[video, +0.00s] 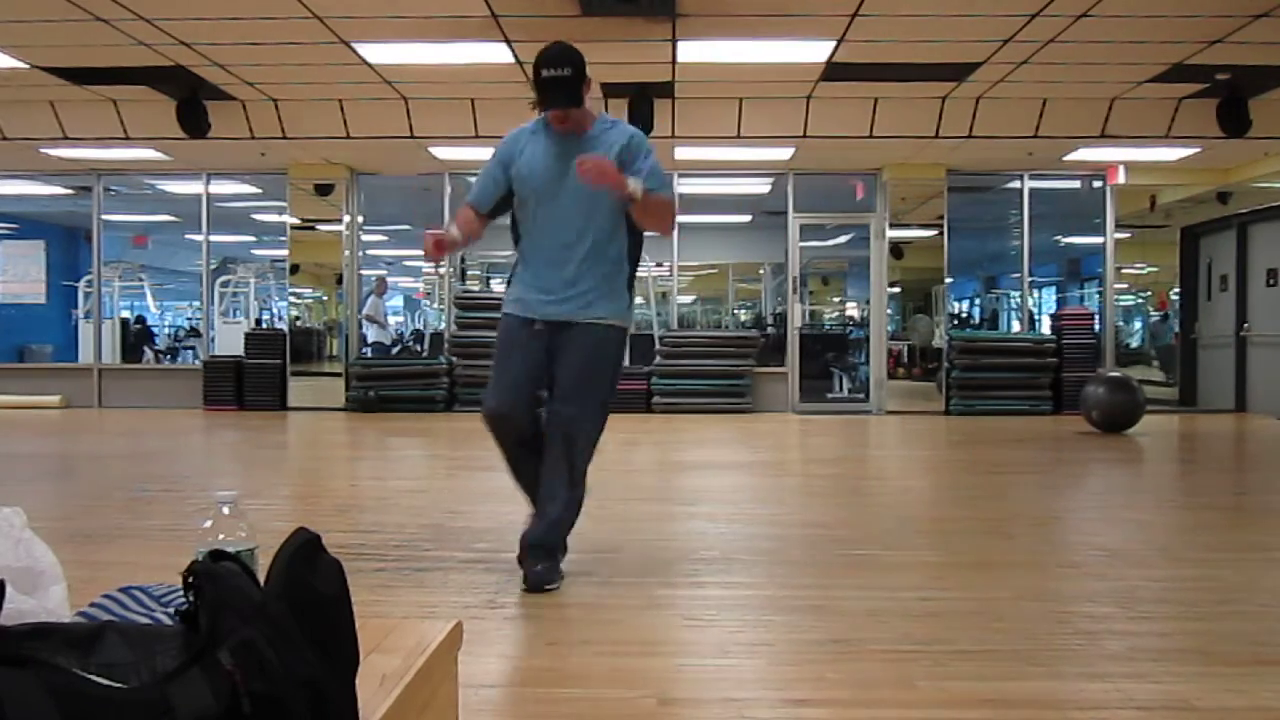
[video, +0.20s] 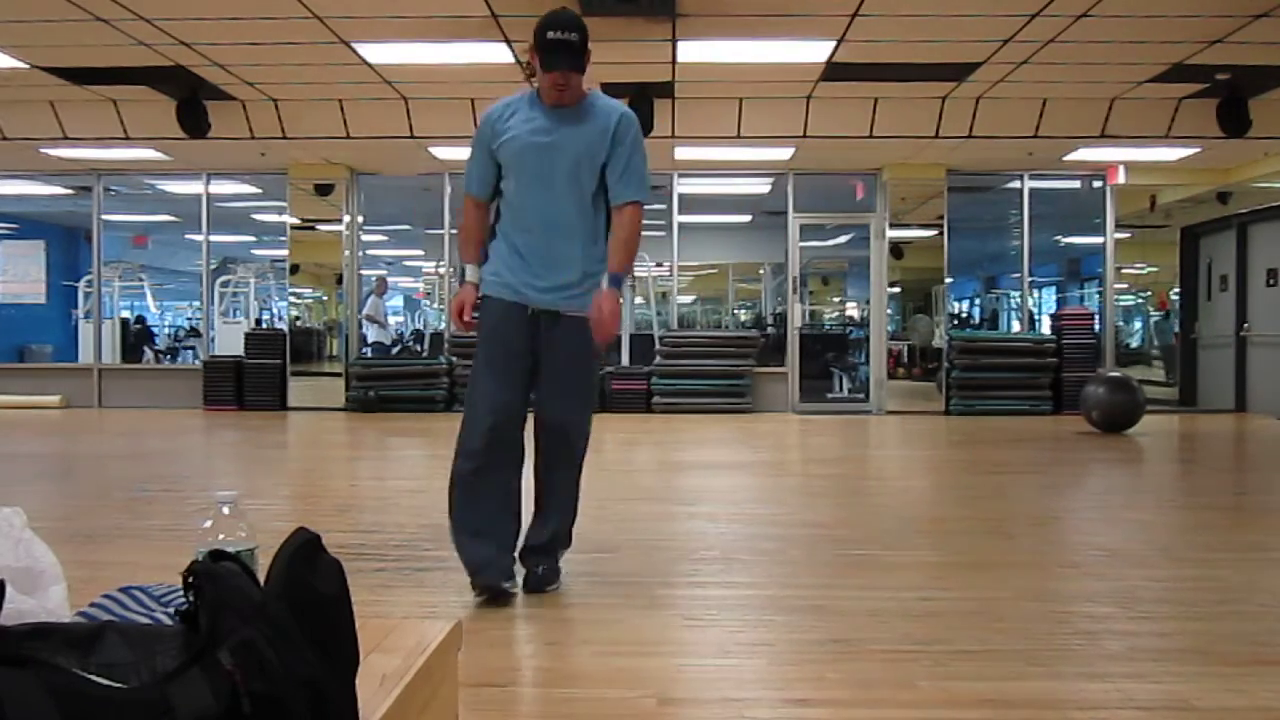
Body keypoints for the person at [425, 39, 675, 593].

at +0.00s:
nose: (559, 118)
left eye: (568, 108)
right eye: (549, 109)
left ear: (588, 91)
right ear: (537, 98)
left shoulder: (625, 141)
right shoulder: (519, 143)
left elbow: (665, 218)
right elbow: (477, 211)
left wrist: (623, 187)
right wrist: (453, 236)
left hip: (597, 308)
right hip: (528, 303)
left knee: (570, 426)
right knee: (503, 408)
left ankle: (544, 553)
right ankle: (552, 503)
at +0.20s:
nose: (562, 81)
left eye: (572, 70)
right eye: (553, 69)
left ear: (588, 64)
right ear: (533, 61)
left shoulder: (616, 121)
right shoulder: (500, 119)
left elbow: (629, 210)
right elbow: (476, 202)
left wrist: (612, 289)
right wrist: (469, 278)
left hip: (579, 298)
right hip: (506, 292)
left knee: (564, 430)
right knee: (489, 426)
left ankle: (545, 555)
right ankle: (488, 566)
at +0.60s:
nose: (599, 47)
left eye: (608, 36)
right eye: (589, 33)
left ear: (618, 38)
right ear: (560, 27)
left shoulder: (634, 118)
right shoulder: (507, 96)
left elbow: (652, 213)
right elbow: (458, 176)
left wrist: (690, 258)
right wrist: (452, 255)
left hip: (603, 301)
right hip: (519, 296)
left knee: (592, 444)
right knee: (509, 431)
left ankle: (573, 585)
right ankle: (492, 566)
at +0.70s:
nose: (618, 46)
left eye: (628, 36)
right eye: (609, 32)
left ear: (637, 35)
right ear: (576, 21)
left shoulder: (652, 111)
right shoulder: (522, 90)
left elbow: (685, 203)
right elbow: (465, 169)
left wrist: (732, 204)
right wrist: (473, 217)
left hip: (619, 295)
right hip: (541, 286)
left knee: (604, 447)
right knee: (538, 421)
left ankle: (572, 588)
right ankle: (506, 538)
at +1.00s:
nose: (669, 39)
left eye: (677, 27)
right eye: (659, 23)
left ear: (684, 25)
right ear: (620, 9)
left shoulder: (691, 105)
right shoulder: (559, 79)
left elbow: (734, 194)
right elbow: (492, 158)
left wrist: (773, 218)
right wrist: (542, 189)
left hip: (680, 292)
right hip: (591, 293)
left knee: (712, 427)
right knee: (620, 453)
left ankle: (635, 567)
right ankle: (663, 634)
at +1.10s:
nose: (689, 28)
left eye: (695, 18)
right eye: (679, 13)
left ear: (694, 22)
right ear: (638, 8)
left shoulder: (701, 105)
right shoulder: (575, 86)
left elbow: (702, 209)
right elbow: (517, 183)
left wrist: (746, 269)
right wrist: (564, 219)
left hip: (692, 310)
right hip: (609, 311)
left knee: (729, 439)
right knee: (638, 466)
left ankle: (649, 567)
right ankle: (665, 633)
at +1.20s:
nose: (730, 20)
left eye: (737, 12)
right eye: (726, 5)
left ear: (726, 16)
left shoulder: (711, 80)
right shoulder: (596, 49)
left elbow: (695, 165)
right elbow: (532, 138)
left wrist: (732, 227)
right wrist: (600, 185)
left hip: (690, 289)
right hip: (610, 287)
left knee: (707, 433)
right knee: (625, 454)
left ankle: (623, 551)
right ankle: (658, 631)